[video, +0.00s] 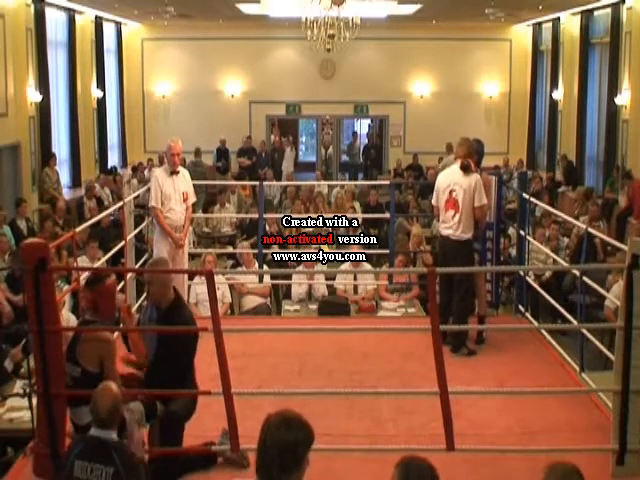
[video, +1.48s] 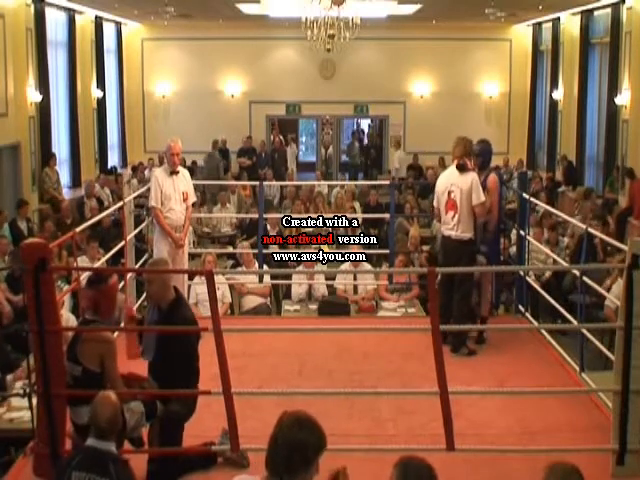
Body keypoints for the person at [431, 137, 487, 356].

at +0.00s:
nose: (473, 159)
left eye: (467, 154)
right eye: (473, 156)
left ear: (456, 154)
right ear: (472, 155)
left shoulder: (442, 175)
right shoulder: (474, 178)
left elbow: (436, 207)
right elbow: (480, 211)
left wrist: (444, 222)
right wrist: (478, 228)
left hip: (443, 238)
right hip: (463, 240)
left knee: (446, 286)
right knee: (463, 290)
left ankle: (443, 329)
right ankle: (459, 339)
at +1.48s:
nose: (472, 159)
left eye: (470, 155)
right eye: (472, 155)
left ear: (453, 155)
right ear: (470, 156)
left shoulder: (442, 177)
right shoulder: (471, 178)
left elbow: (437, 209)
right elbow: (480, 209)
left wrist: (446, 221)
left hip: (445, 237)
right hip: (464, 239)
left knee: (446, 285)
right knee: (463, 288)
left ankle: (444, 328)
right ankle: (459, 338)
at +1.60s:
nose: (472, 158)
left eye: (467, 153)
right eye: (472, 154)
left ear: (453, 154)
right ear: (470, 155)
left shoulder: (443, 176)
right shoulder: (471, 178)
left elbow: (438, 208)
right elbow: (479, 210)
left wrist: (446, 221)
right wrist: (476, 180)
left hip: (446, 236)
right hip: (464, 238)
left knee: (446, 285)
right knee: (463, 288)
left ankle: (444, 328)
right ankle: (459, 338)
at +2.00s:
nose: (471, 156)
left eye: (467, 152)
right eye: (470, 153)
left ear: (452, 153)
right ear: (469, 154)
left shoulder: (442, 177)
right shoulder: (470, 178)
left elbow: (437, 211)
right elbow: (478, 210)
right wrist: (474, 177)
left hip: (446, 237)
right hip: (464, 238)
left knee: (446, 286)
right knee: (463, 288)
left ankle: (444, 330)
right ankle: (459, 339)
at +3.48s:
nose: (468, 157)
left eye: (460, 153)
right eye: (471, 153)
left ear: (455, 154)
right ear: (472, 154)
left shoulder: (447, 178)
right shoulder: (479, 178)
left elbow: (441, 211)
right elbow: (488, 207)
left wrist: (452, 223)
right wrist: (485, 225)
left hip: (453, 237)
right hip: (472, 238)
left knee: (450, 283)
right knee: (469, 286)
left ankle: (449, 327)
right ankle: (465, 337)